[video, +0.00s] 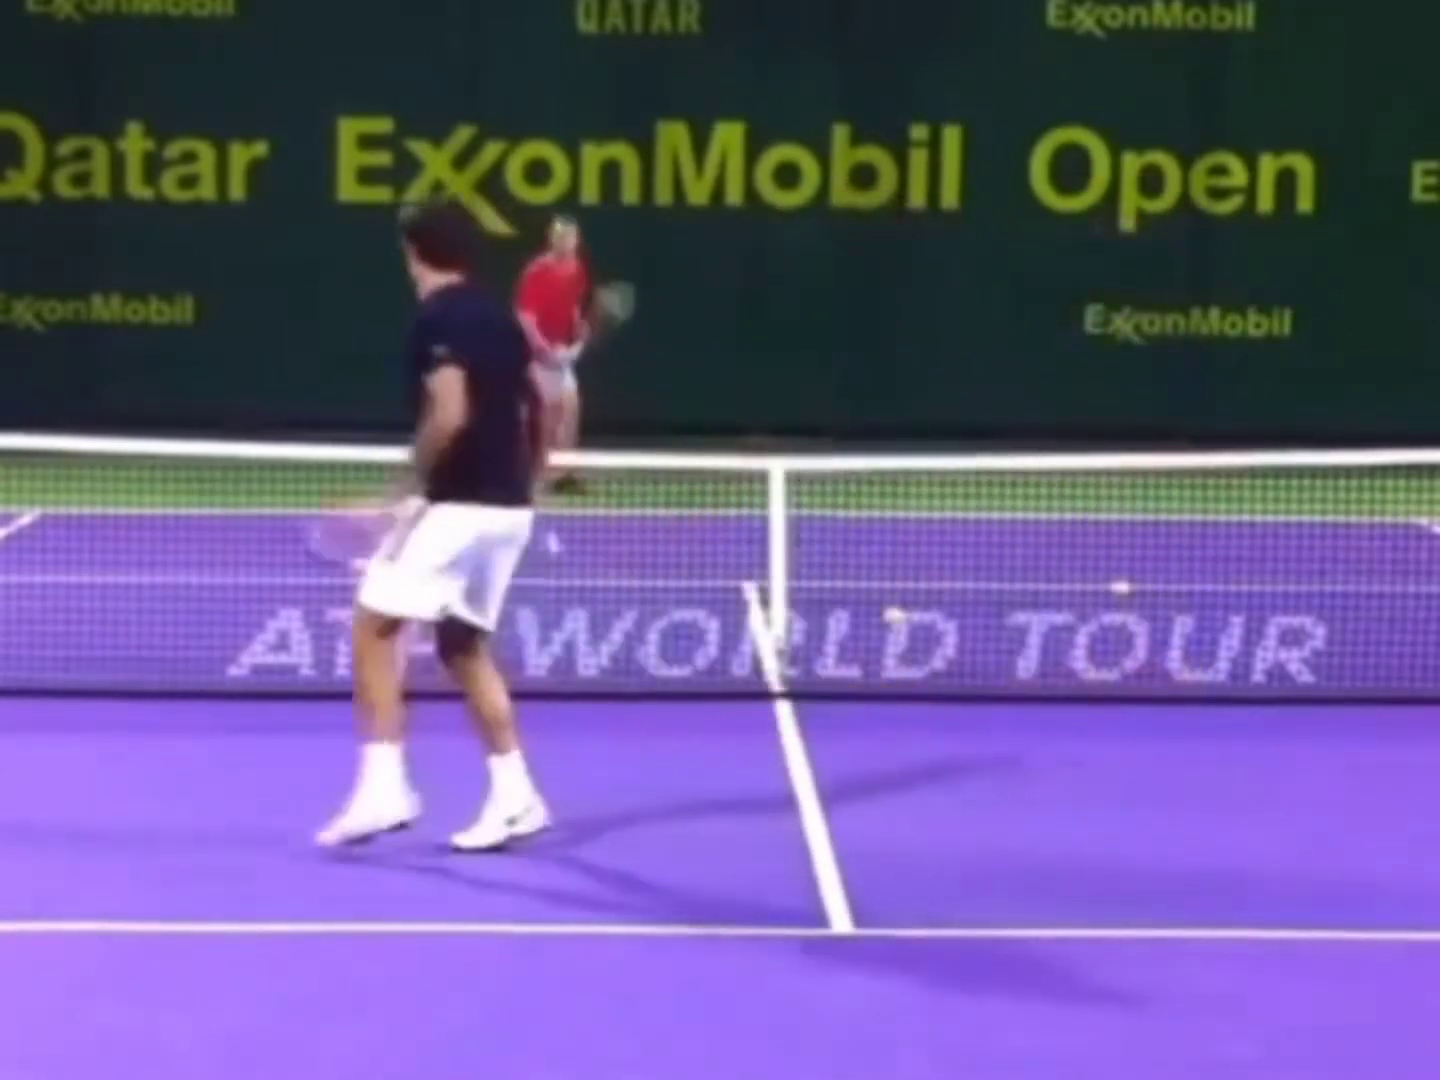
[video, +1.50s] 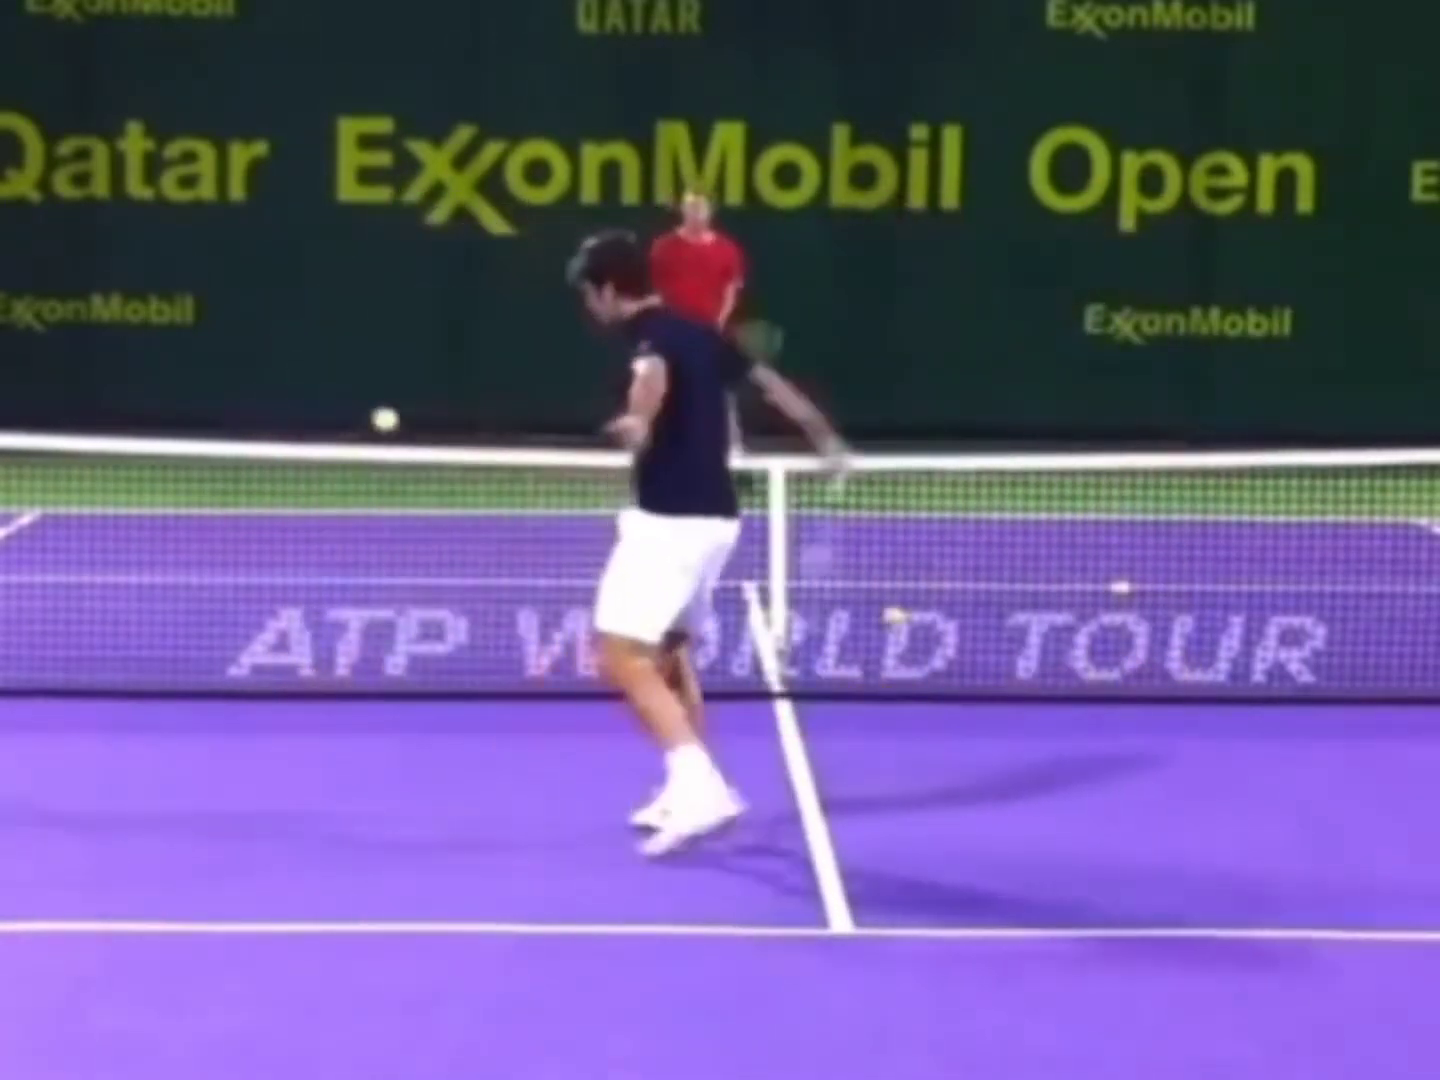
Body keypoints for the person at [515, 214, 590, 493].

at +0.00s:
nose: (565, 243)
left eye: (569, 236)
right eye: (560, 236)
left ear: (576, 240)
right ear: (551, 239)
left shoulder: (576, 270)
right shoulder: (537, 271)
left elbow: (576, 306)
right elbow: (525, 313)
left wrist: (578, 339)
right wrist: (545, 348)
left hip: (566, 348)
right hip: (541, 348)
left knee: (569, 402)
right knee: (550, 402)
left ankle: (566, 461)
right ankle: (546, 460)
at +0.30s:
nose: (607, 255)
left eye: (607, 249)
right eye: (603, 249)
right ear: (588, 250)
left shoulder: (592, 276)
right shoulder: (573, 275)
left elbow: (600, 301)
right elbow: (574, 327)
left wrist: (606, 315)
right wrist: (602, 327)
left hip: (562, 344)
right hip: (535, 343)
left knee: (578, 403)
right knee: (565, 400)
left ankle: (567, 469)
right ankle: (552, 472)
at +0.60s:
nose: (627, 282)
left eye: (629, 275)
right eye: (621, 275)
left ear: (631, 277)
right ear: (607, 274)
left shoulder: (615, 298)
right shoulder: (592, 299)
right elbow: (584, 346)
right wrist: (585, 392)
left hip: (564, 346)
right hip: (540, 345)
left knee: (578, 402)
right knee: (570, 400)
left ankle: (567, 470)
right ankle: (550, 472)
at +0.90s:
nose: (638, 254)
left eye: (643, 248)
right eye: (633, 248)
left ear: (647, 250)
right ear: (621, 248)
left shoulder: (642, 269)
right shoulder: (607, 273)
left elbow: (643, 304)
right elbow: (568, 297)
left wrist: (653, 336)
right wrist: (571, 314)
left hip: (615, 340)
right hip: (580, 340)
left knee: (629, 402)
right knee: (586, 398)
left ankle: (611, 458)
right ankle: (555, 464)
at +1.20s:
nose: (668, 229)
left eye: (673, 223)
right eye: (664, 223)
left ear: (682, 227)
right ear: (655, 226)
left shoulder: (693, 263)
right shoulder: (635, 258)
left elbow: (699, 304)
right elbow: (614, 293)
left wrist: (683, 338)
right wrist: (628, 329)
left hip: (668, 345)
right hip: (631, 342)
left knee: (668, 408)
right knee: (618, 403)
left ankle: (668, 469)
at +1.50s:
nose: (696, 214)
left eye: (701, 207)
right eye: (690, 207)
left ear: (710, 212)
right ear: (682, 211)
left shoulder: (726, 248)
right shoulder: (665, 246)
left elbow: (731, 288)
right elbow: (658, 283)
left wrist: (719, 322)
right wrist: (666, 315)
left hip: (710, 328)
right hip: (676, 327)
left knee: (720, 393)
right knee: (675, 392)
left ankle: (731, 445)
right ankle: (672, 443)